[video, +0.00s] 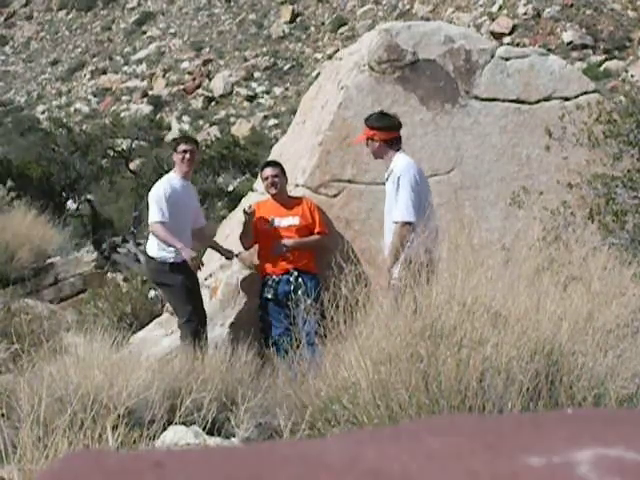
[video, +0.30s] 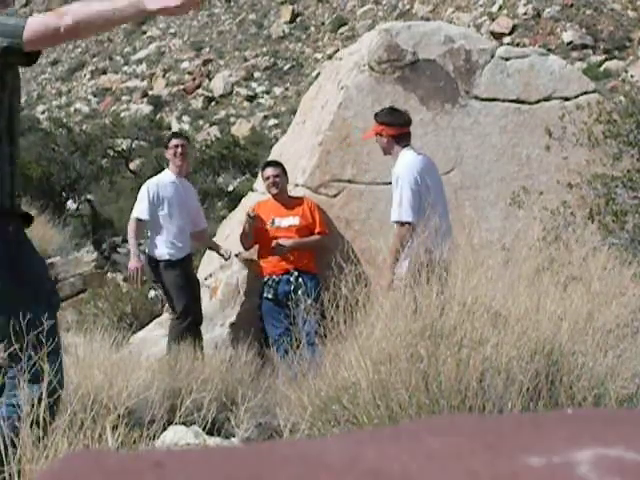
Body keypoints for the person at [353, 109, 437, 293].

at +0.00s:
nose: (367, 146)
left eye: (368, 141)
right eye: (367, 141)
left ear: (379, 142)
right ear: (390, 140)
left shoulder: (406, 171)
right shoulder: (398, 169)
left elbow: (405, 225)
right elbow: (402, 224)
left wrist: (390, 266)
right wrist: (391, 263)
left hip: (411, 266)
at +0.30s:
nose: (377, 141)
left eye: (378, 136)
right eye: (377, 136)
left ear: (387, 138)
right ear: (405, 135)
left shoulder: (406, 169)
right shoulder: (425, 162)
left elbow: (405, 227)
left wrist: (388, 270)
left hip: (418, 261)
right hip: (438, 257)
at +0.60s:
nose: (382, 143)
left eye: (383, 138)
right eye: (381, 138)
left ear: (392, 138)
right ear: (408, 135)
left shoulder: (410, 169)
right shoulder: (432, 162)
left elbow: (409, 227)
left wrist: (394, 266)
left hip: (422, 261)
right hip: (443, 257)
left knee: (417, 321)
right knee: (440, 318)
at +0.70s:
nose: (383, 143)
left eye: (384, 138)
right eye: (383, 138)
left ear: (394, 138)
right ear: (409, 135)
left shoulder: (410, 169)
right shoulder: (431, 161)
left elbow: (411, 224)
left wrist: (399, 260)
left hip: (425, 259)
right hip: (445, 254)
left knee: (419, 319)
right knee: (441, 317)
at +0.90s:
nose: (385, 144)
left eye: (385, 138)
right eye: (384, 138)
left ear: (395, 138)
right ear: (412, 135)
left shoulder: (411, 167)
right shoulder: (433, 161)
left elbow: (411, 223)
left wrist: (400, 261)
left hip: (426, 256)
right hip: (447, 252)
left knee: (420, 317)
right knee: (441, 315)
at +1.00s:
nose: (388, 145)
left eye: (388, 139)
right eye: (387, 139)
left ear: (398, 138)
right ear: (415, 135)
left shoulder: (409, 169)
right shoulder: (436, 161)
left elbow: (404, 223)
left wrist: (390, 253)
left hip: (423, 250)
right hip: (448, 246)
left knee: (421, 309)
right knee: (443, 309)